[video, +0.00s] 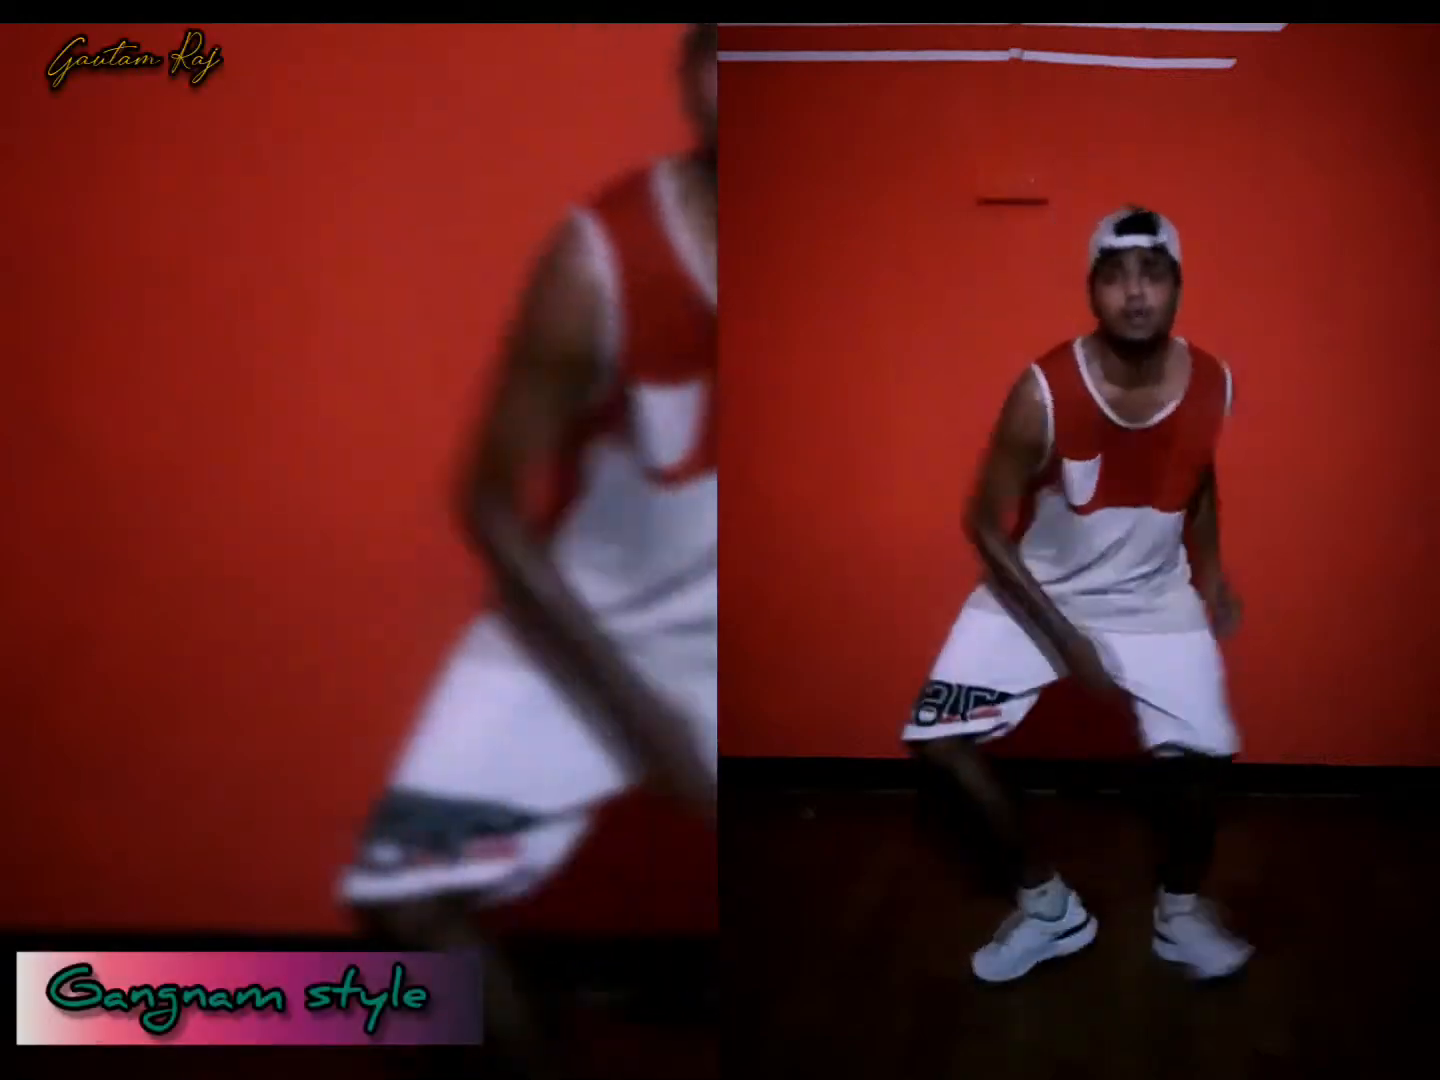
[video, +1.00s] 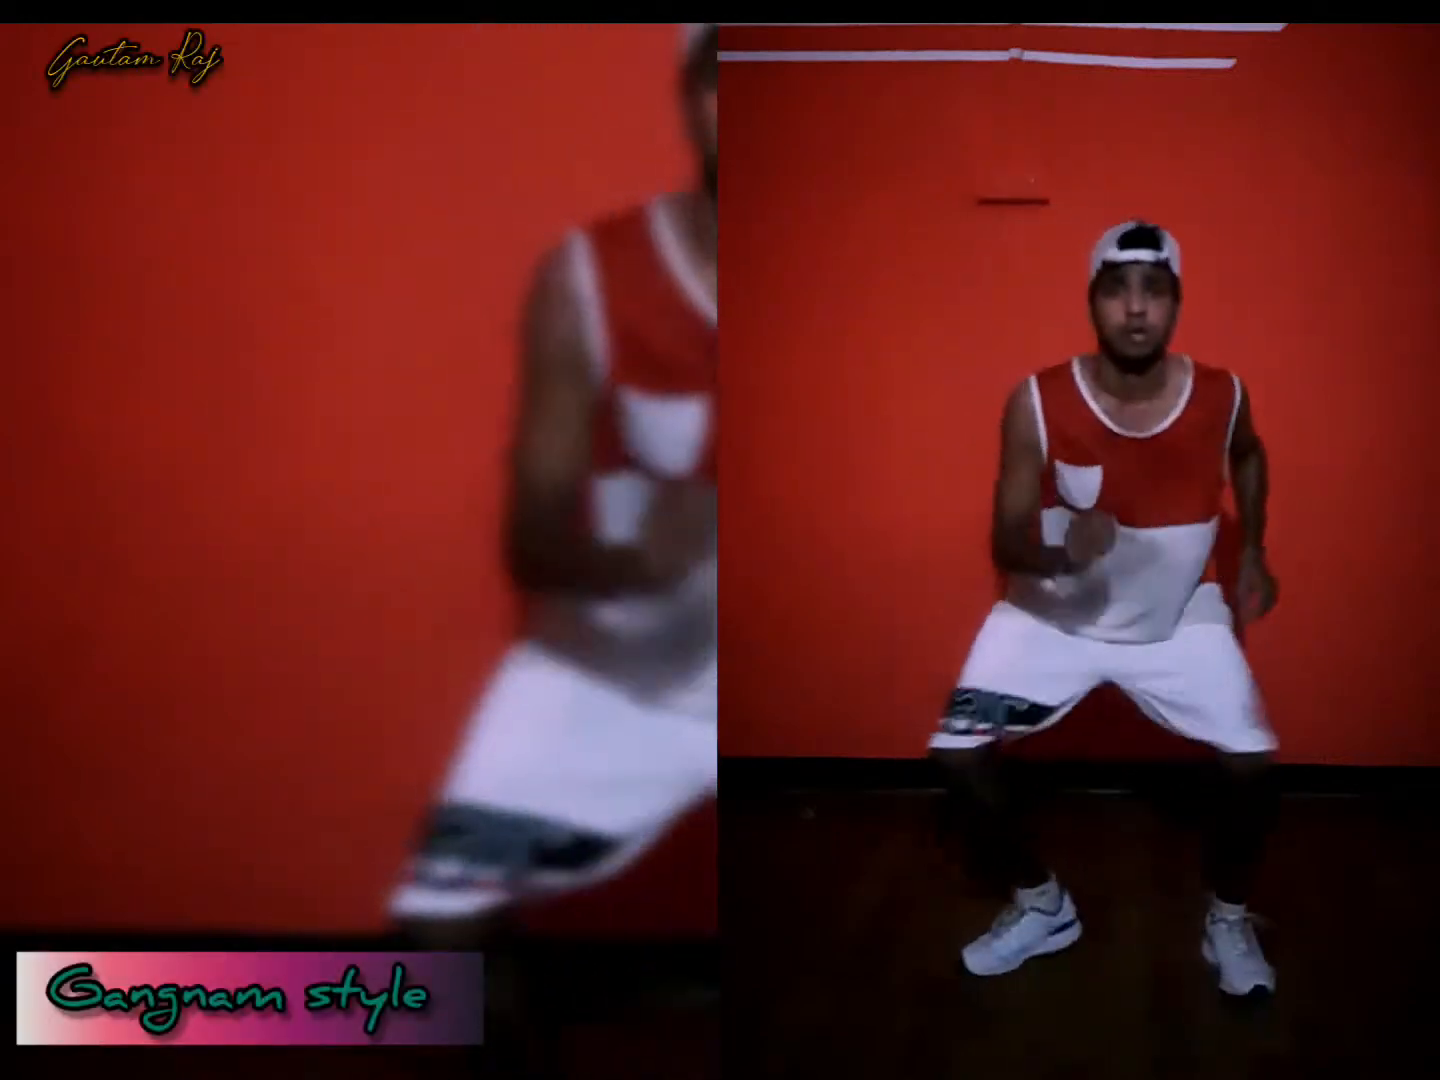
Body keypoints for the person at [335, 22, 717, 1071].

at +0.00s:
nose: (747, 95)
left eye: (765, 67)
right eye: (727, 64)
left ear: (826, 92)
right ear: (693, 80)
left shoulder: (858, 244)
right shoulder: (610, 255)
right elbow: (494, 507)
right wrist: (657, 738)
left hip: (781, 626)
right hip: (601, 631)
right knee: (410, 891)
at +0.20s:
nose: (741, 140)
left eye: (762, 112)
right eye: (726, 108)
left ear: (812, 131)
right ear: (688, 114)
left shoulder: (829, 281)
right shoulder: (567, 259)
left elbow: (911, 459)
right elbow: (415, 392)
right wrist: (413, 621)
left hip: (745, 638)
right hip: (566, 629)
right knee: (447, 938)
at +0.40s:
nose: (616, 98)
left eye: (657, 69)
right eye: (585, 61)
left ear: (699, 100)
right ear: (541, 82)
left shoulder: (746, 251)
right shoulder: (471, 215)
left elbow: (813, 439)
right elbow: (457, 399)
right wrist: (406, 587)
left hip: (718, 656)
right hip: (541, 641)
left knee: (776, 955)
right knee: (477, 938)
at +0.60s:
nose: (544, 158)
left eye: (584, 126)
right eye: (516, 122)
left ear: (635, 151)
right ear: (480, 145)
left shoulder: (721, 289)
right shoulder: (439, 301)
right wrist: (430, 503)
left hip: (700, 699)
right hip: (525, 687)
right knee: (434, 963)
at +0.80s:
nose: (656, 77)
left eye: (686, 43)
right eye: (622, 48)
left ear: (733, 64)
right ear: (586, 78)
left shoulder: (797, 240)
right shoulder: (554, 278)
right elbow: (553, 504)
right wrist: (638, 587)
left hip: (775, 588)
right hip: (614, 590)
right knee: (576, 883)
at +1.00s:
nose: (751, 113)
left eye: (770, 85)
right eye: (730, 81)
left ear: (829, 110)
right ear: (694, 97)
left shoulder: (858, 268)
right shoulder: (598, 277)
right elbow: (537, 548)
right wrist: (642, 563)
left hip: (807, 652)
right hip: (628, 654)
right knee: (443, 932)